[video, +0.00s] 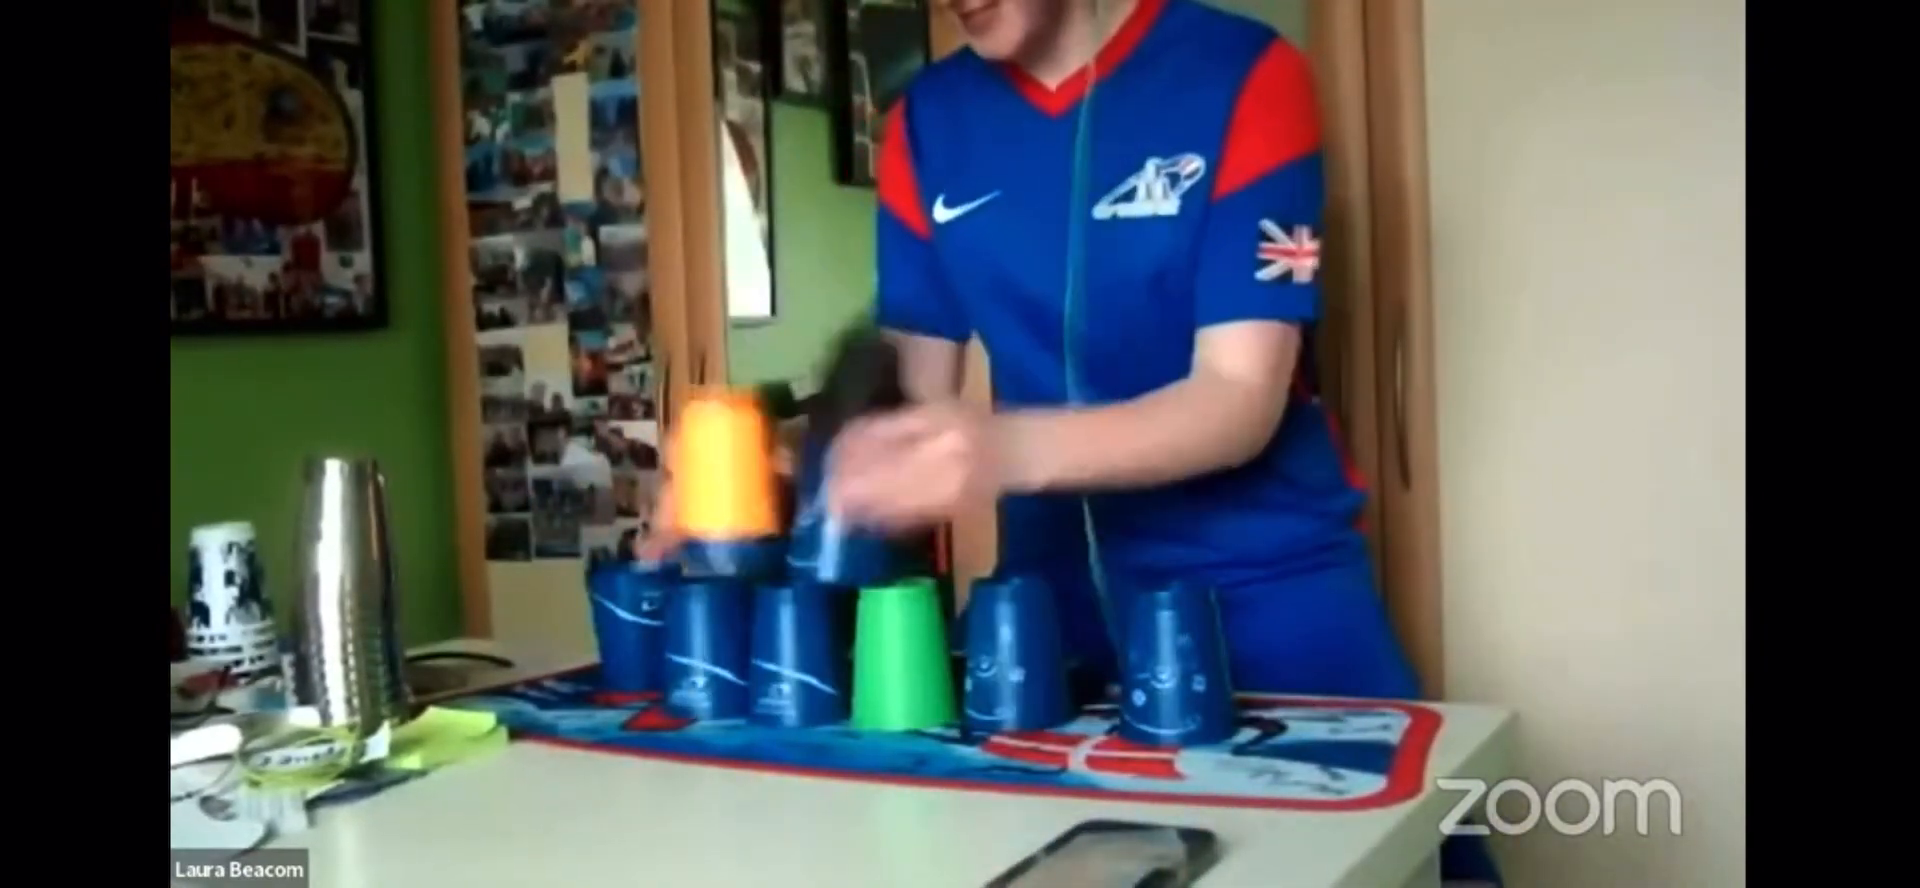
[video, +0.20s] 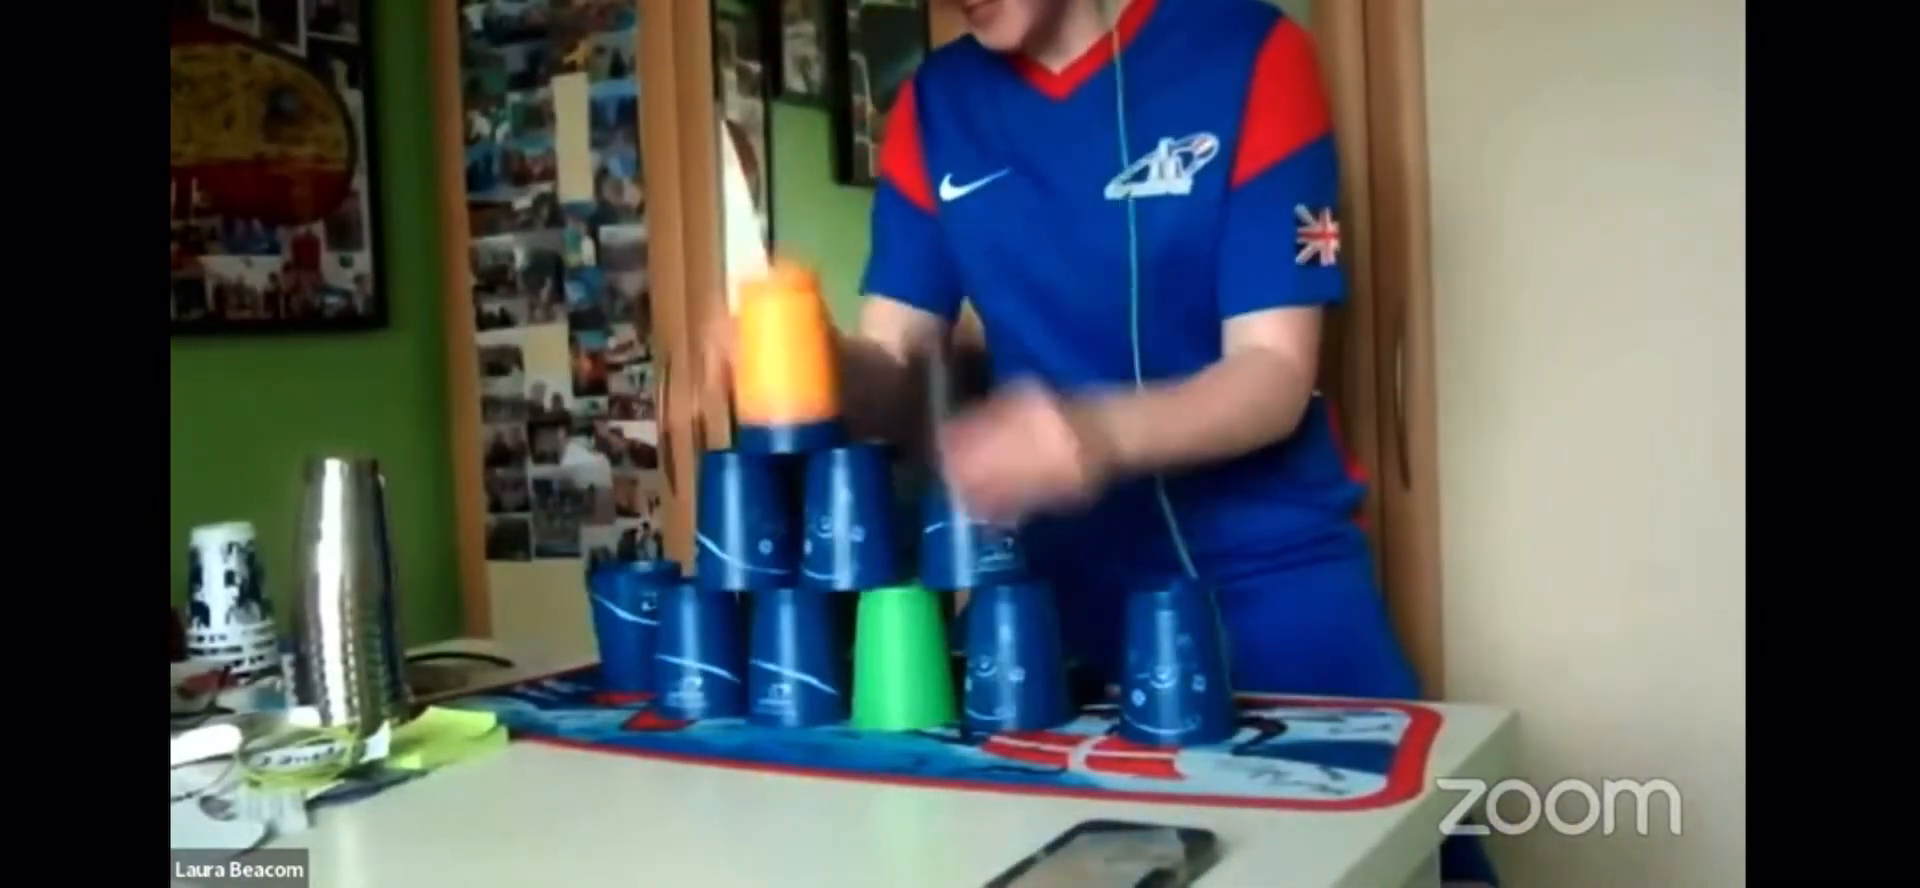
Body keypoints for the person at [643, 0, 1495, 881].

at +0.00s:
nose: (956, 7)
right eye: (944, 3)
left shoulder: (1243, 77)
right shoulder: (925, 123)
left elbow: (1238, 404)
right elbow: (922, 417)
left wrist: (1000, 449)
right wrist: (755, 500)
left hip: (1270, 609)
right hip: (1054, 628)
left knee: (1364, 860)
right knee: (1074, 871)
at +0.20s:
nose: (961, 0)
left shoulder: (1245, 55)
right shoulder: (935, 106)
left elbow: (1274, 379)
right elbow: (897, 376)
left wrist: (1093, 434)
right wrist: (805, 358)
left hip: (1267, 578)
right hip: (1059, 591)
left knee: (1391, 850)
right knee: (1078, 864)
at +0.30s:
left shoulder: (1250, 51)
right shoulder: (936, 102)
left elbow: (1269, 378)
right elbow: (898, 372)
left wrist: (1064, 391)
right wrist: (773, 290)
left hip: (1272, 603)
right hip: (1045, 622)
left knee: (1369, 855)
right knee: (1073, 868)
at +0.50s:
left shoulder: (1284, 95)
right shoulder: (947, 95)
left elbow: (1316, 410)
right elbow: (726, 274)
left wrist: (1245, 567)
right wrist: (608, 442)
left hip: (1277, 649)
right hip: (1045, 668)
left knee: (1337, 869)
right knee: (1073, 873)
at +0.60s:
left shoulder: (1270, 64)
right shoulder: (943, 81)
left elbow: (1284, 392)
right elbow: (780, 284)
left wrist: (1143, 302)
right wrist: (653, 256)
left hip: (1266, 638)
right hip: (1049, 642)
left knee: (1346, 863)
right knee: (1082, 870)